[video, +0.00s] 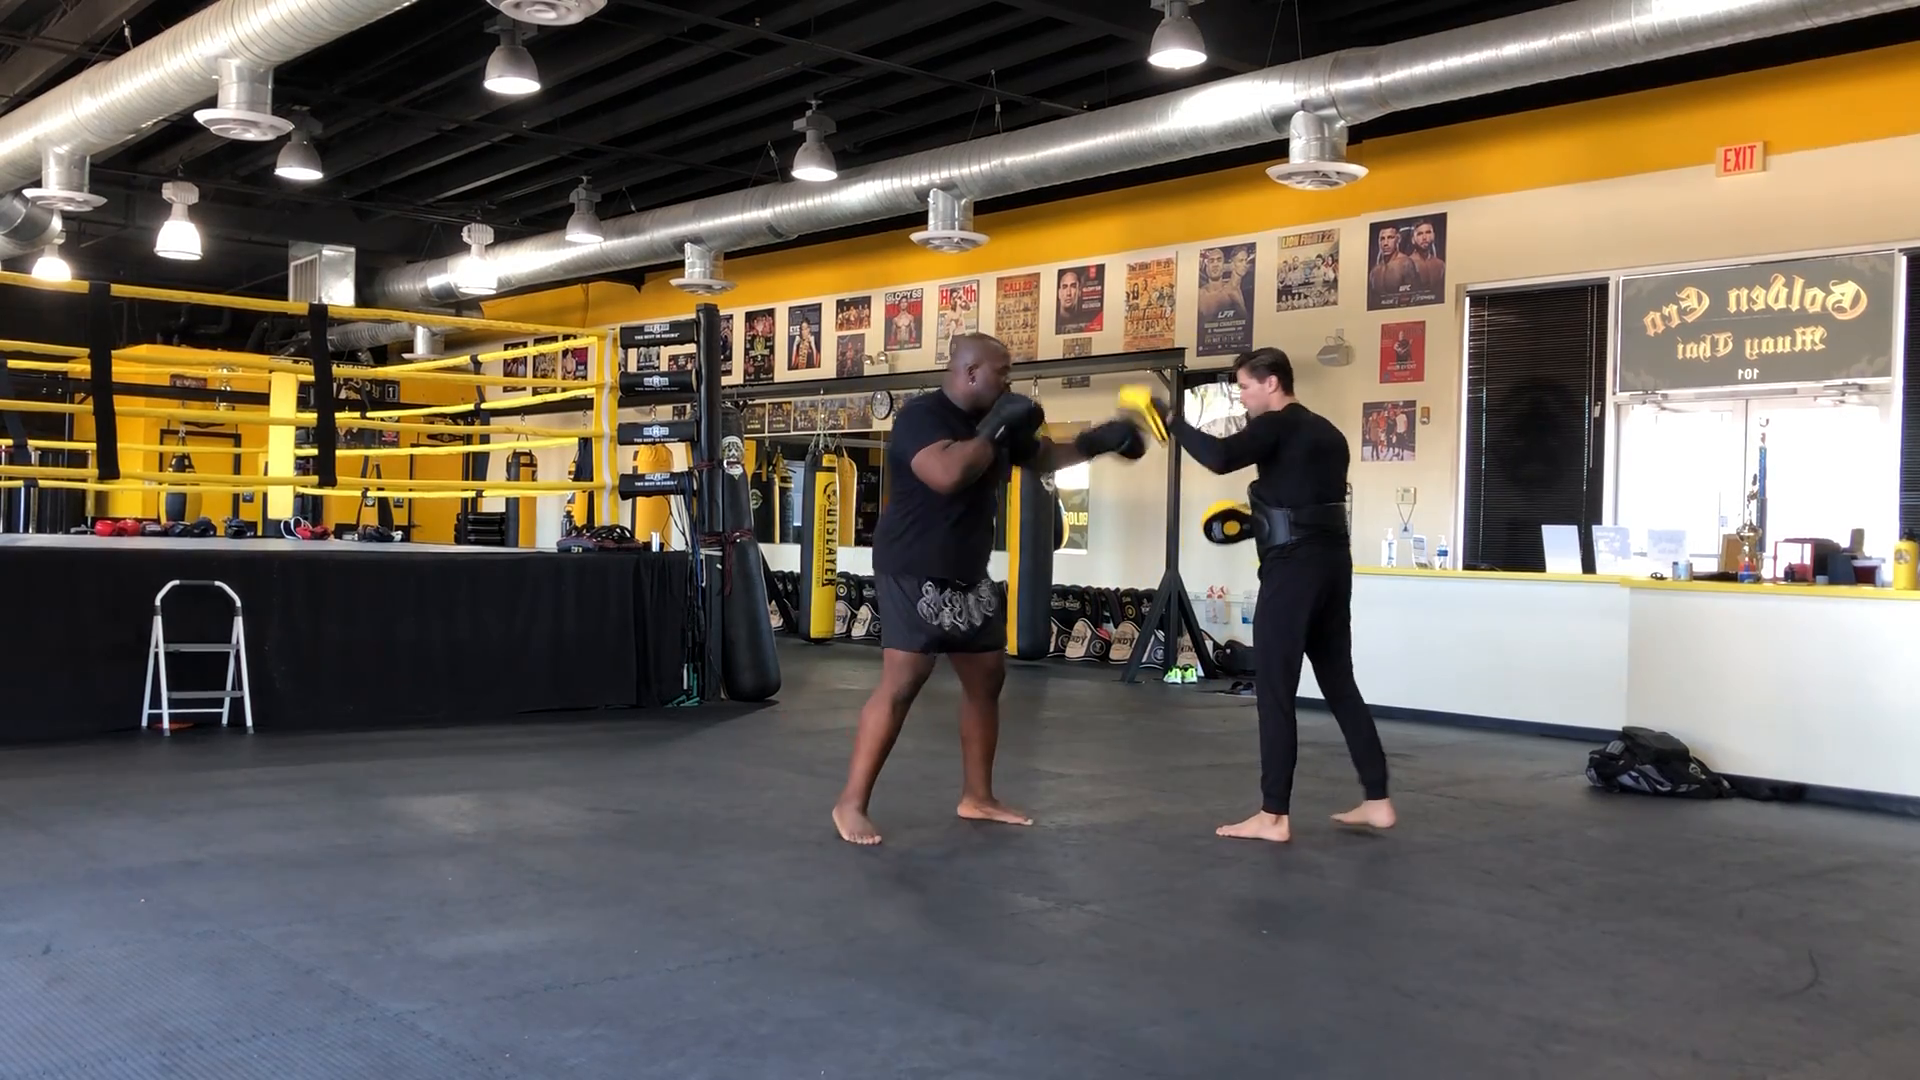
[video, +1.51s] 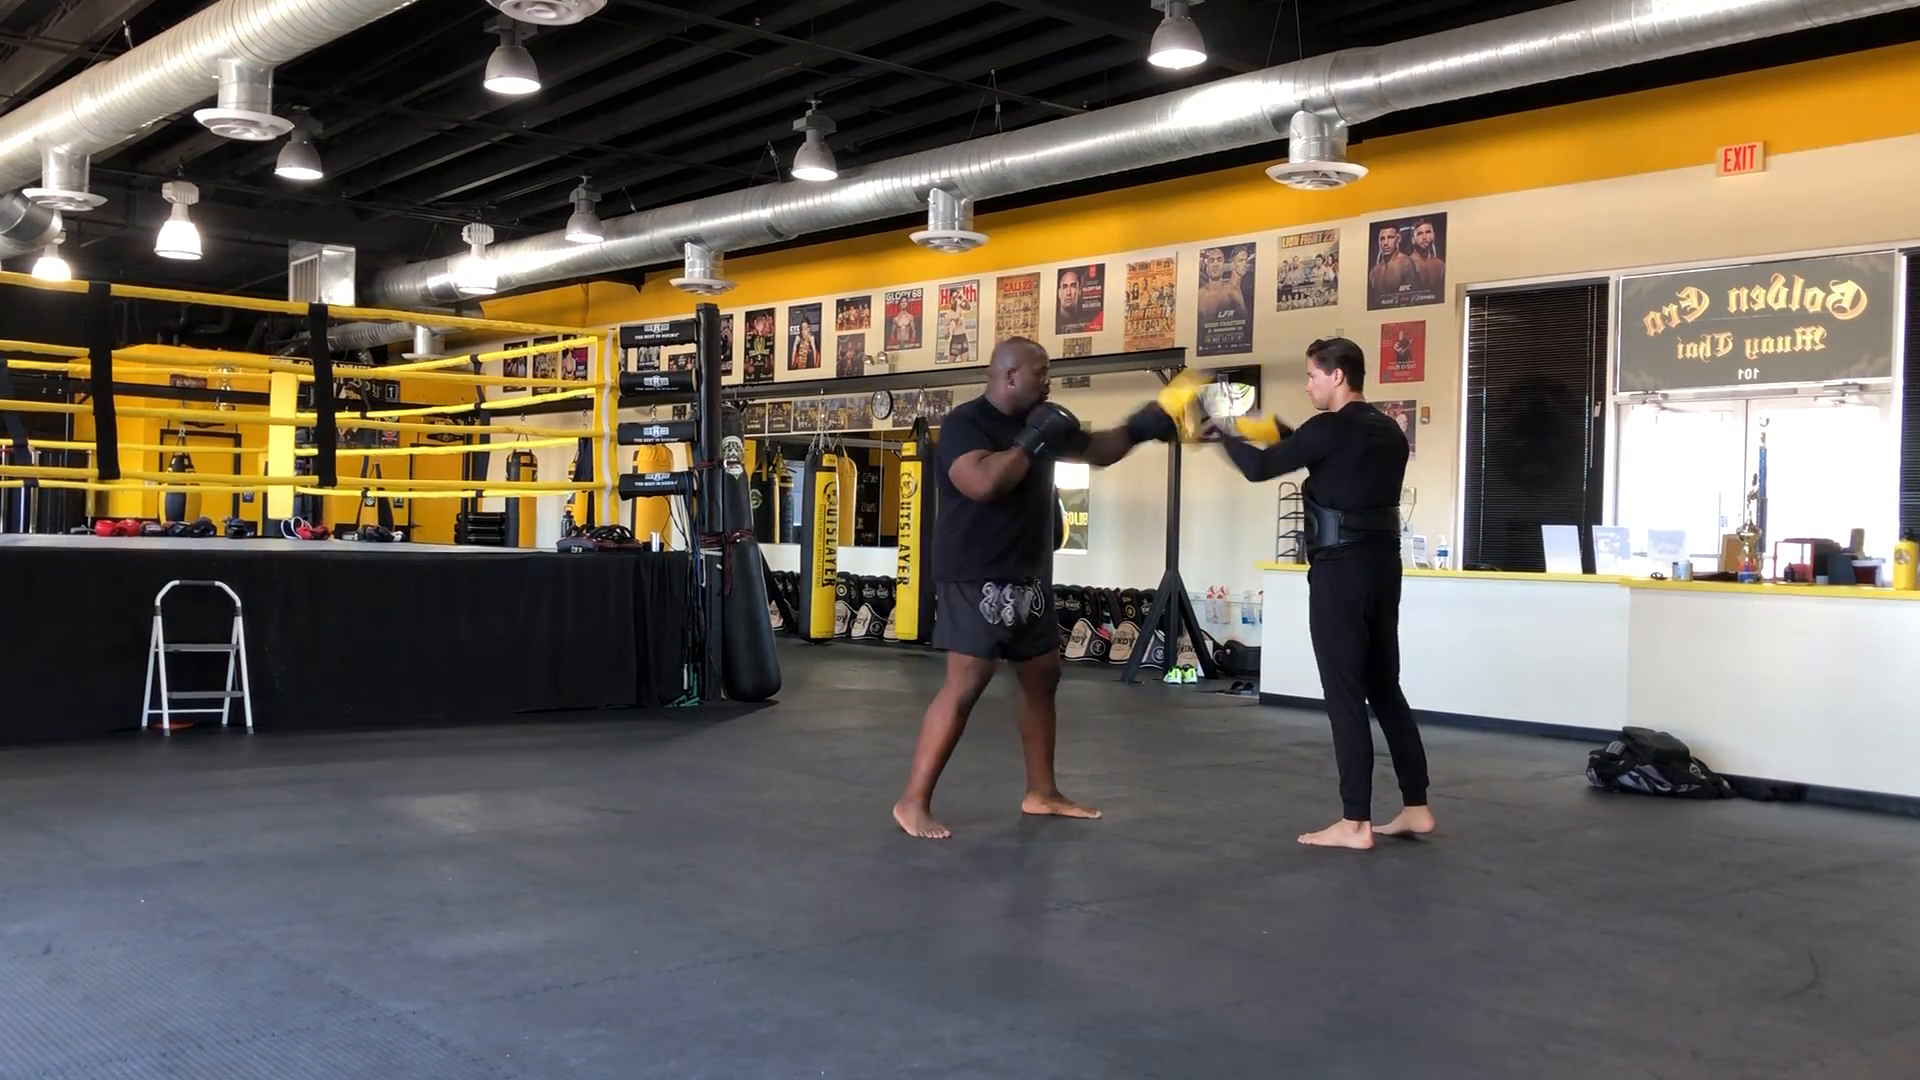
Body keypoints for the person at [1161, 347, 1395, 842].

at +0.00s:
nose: (1240, 399)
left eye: (1244, 388)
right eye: (1239, 389)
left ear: (1273, 383)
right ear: (1281, 385)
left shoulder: (1275, 426)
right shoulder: (1328, 432)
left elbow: (1220, 456)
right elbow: (1318, 503)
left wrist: (1172, 420)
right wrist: (1259, 517)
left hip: (1292, 569)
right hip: (1334, 568)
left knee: (1274, 693)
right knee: (1339, 684)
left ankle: (1274, 816)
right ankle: (1378, 801)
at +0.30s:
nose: (1277, 397)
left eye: (1282, 388)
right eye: (1276, 388)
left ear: (1311, 386)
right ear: (1313, 389)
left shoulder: (1327, 437)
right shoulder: (1356, 435)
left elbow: (1334, 510)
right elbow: (1339, 510)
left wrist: (1276, 521)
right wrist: (1281, 520)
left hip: (1324, 575)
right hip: (1356, 574)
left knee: (1289, 694)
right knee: (1370, 692)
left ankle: (1274, 815)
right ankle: (1417, 805)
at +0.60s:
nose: (1321, 396)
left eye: (1328, 387)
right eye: (1321, 388)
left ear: (1356, 388)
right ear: (1355, 389)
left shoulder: (1374, 434)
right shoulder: (1377, 435)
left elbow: (1375, 503)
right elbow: (1361, 510)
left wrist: (1316, 487)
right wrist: (1308, 501)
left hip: (1368, 579)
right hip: (1394, 578)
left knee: (1321, 691)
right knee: (1409, 697)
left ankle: (1308, 815)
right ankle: (1424, 816)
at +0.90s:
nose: (1332, 391)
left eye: (1338, 382)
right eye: (1332, 382)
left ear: (1365, 382)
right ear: (1368, 385)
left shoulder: (1377, 429)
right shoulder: (1401, 435)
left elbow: (1346, 480)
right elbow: (1349, 506)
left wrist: (1302, 436)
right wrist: (1302, 467)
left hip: (1367, 576)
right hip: (1399, 575)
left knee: (1346, 698)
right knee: (1402, 694)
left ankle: (1355, 823)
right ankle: (1423, 815)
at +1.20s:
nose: (1325, 390)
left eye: (1330, 379)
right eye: (1324, 381)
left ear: (1357, 379)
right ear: (1364, 380)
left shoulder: (1361, 426)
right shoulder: (1404, 437)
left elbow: (1303, 455)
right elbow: (1356, 485)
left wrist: (1291, 401)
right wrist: (1297, 463)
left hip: (1349, 573)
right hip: (1391, 573)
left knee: (1342, 698)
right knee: (1395, 693)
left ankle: (1355, 823)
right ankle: (1421, 814)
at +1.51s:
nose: (1307, 386)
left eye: (1312, 375)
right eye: (1308, 376)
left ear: (1338, 376)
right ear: (1349, 378)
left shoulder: (1331, 428)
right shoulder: (1391, 431)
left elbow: (1258, 466)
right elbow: (1338, 464)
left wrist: (1219, 431)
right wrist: (1285, 435)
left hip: (1340, 571)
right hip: (1383, 569)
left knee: (1343, 697)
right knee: (1384, 689)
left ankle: (1356, 822)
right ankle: (1417, 808)